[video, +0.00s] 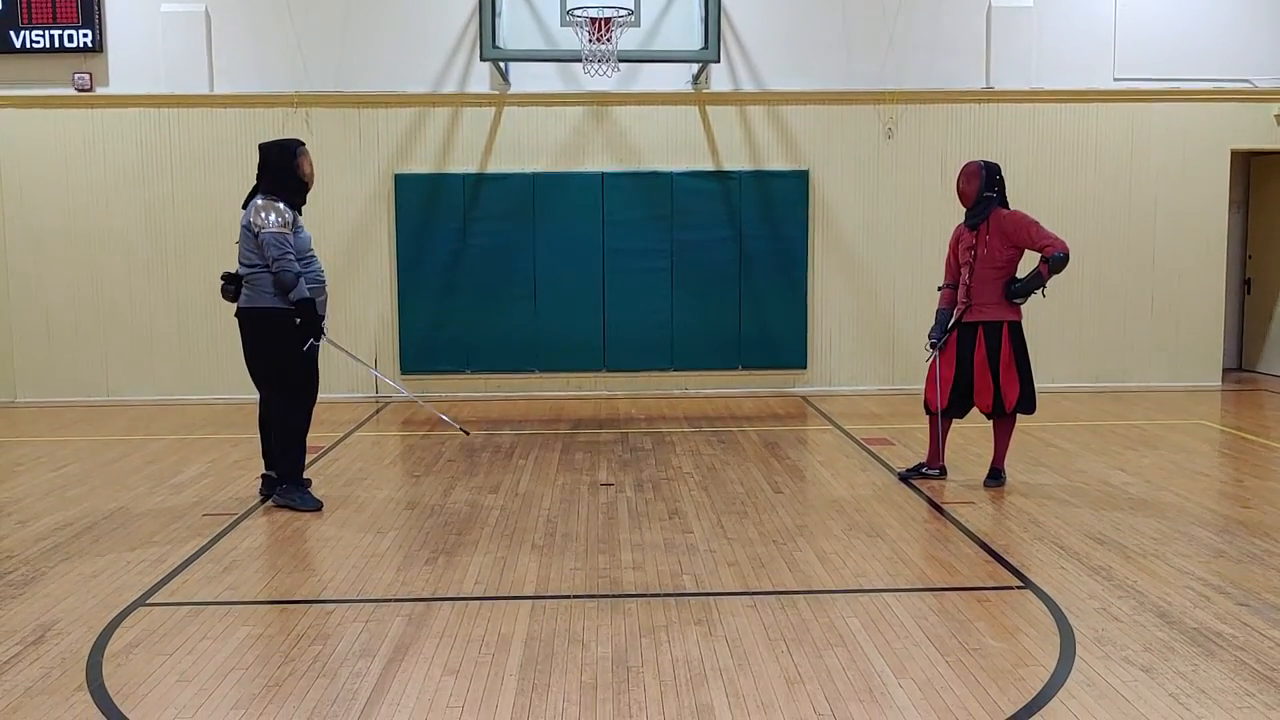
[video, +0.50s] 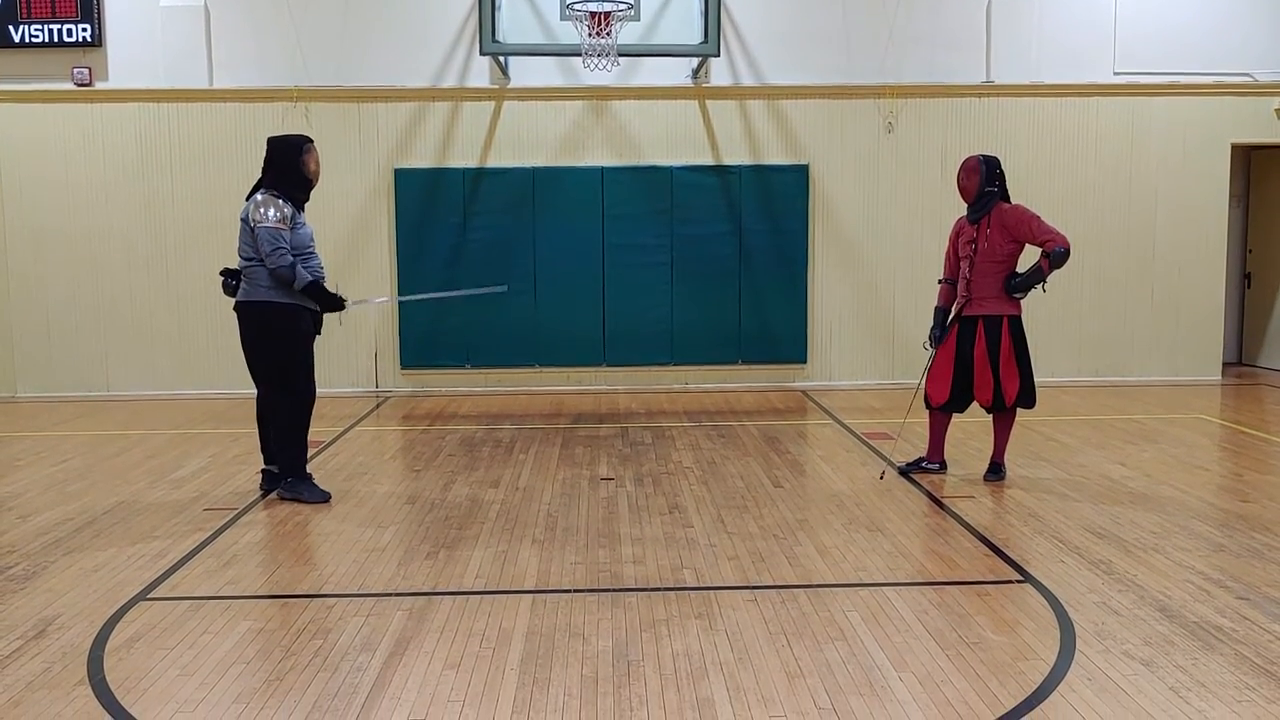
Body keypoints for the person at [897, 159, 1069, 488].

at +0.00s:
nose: (959, 189)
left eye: (965, 182)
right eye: (959, 182)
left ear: (984, 185)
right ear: (969, 186)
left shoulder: (1008, 220)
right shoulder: (961, 232)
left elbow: (1058, 251)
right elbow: (951, 283)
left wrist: (1028, 283)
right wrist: (940, 322)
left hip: (1000, 323)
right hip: (962, 324)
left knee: (1003, 394)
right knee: (938, 388)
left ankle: (997, 467)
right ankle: (934, 462)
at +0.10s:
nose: (959, 187)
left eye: (966, 180)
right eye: (959, 180)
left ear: (986, 184)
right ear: (967, 185)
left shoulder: (1009, 219)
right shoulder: (962, 231)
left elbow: (1058, 250)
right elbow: (950, 282)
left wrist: (1029, 282)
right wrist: (938, 321)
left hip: (1001, 322)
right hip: (964, 323)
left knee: (1004, 393)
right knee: (940, 385)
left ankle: (997, 466)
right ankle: (934, 461)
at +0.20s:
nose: (960, 188)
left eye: (966, 180)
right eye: (960, 181)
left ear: (986, 183)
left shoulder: (1009, 218)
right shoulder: (962, 229)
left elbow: (1059, 249)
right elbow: (949, 281)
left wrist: (1029, 281)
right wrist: (935, 319)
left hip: (1001, 322)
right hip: (965, 322)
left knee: (1003, 393)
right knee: (940, 385)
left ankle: (997, 465)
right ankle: (934, 461)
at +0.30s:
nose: (960, 186)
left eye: (966, 179)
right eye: (960, 180)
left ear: (986, 182)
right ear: (969, 183)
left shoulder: (1010, 217)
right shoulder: (962, 229)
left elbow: (1059, 249)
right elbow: (949, 280)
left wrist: (1029, 281)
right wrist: (935, 320)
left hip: (1001, 321)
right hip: (965, 322)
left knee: (1003, 392)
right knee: (940, 385)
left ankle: (997, 464)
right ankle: (934, 460)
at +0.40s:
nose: (960, 186)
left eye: (966, 178)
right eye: (959, 179)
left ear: (985, 181)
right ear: (968, 183)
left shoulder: (1010, 216)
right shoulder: (962, 227)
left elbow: (1059, 248)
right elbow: (949, 279)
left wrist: (1029, 279)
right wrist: (936, 321)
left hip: (1001, 319)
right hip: (964, 320)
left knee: (1003, 391)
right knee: (939, 384)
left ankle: (997, 463)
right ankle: (934, 458)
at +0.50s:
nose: (960, 184)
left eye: (966, 176)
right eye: (960, 177)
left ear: (987, 179)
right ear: (966, 181)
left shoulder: (1010, 215)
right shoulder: (962, 226)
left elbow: (1059, 247)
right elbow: (950, 278)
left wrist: (1028, 279)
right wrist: (939, 320)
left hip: (1000, 318)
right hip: (963, 318)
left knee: (1003, 389)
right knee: (939, 383)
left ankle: (997, 461)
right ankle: (934, 457)